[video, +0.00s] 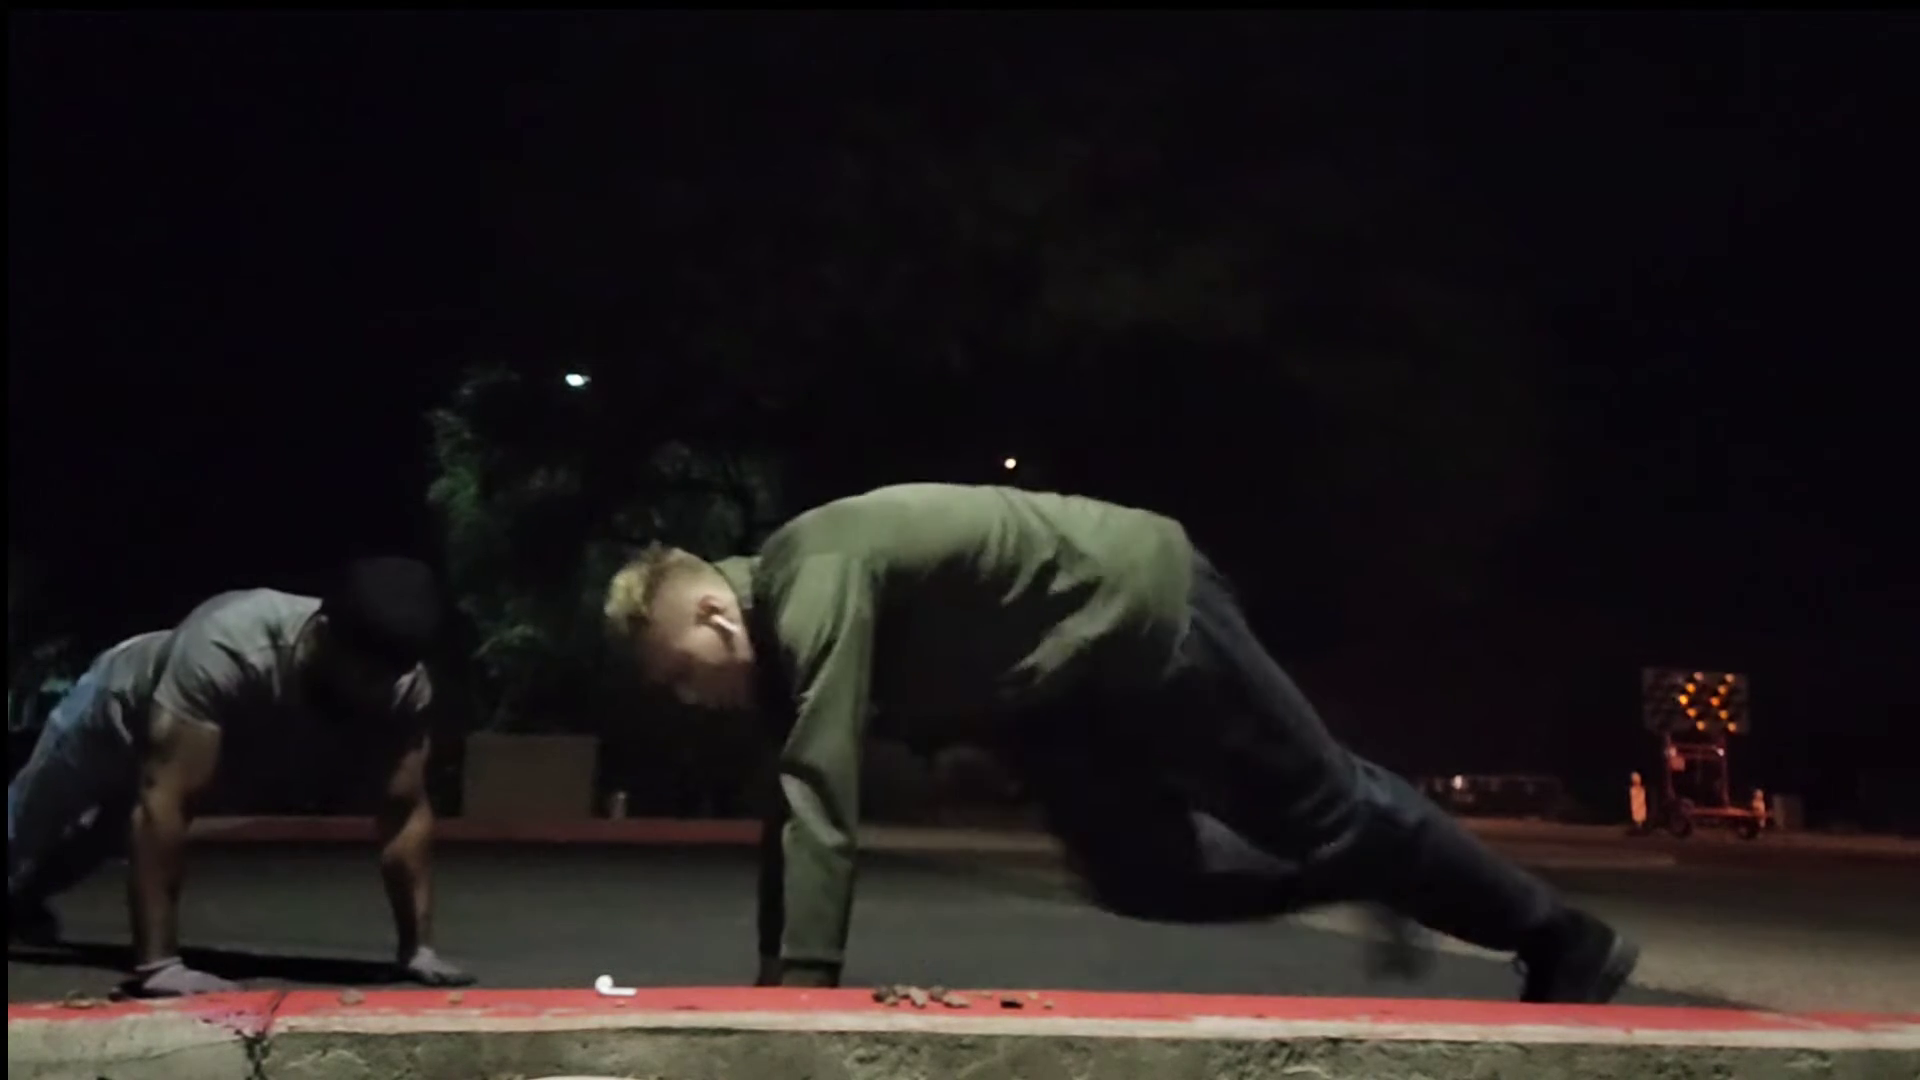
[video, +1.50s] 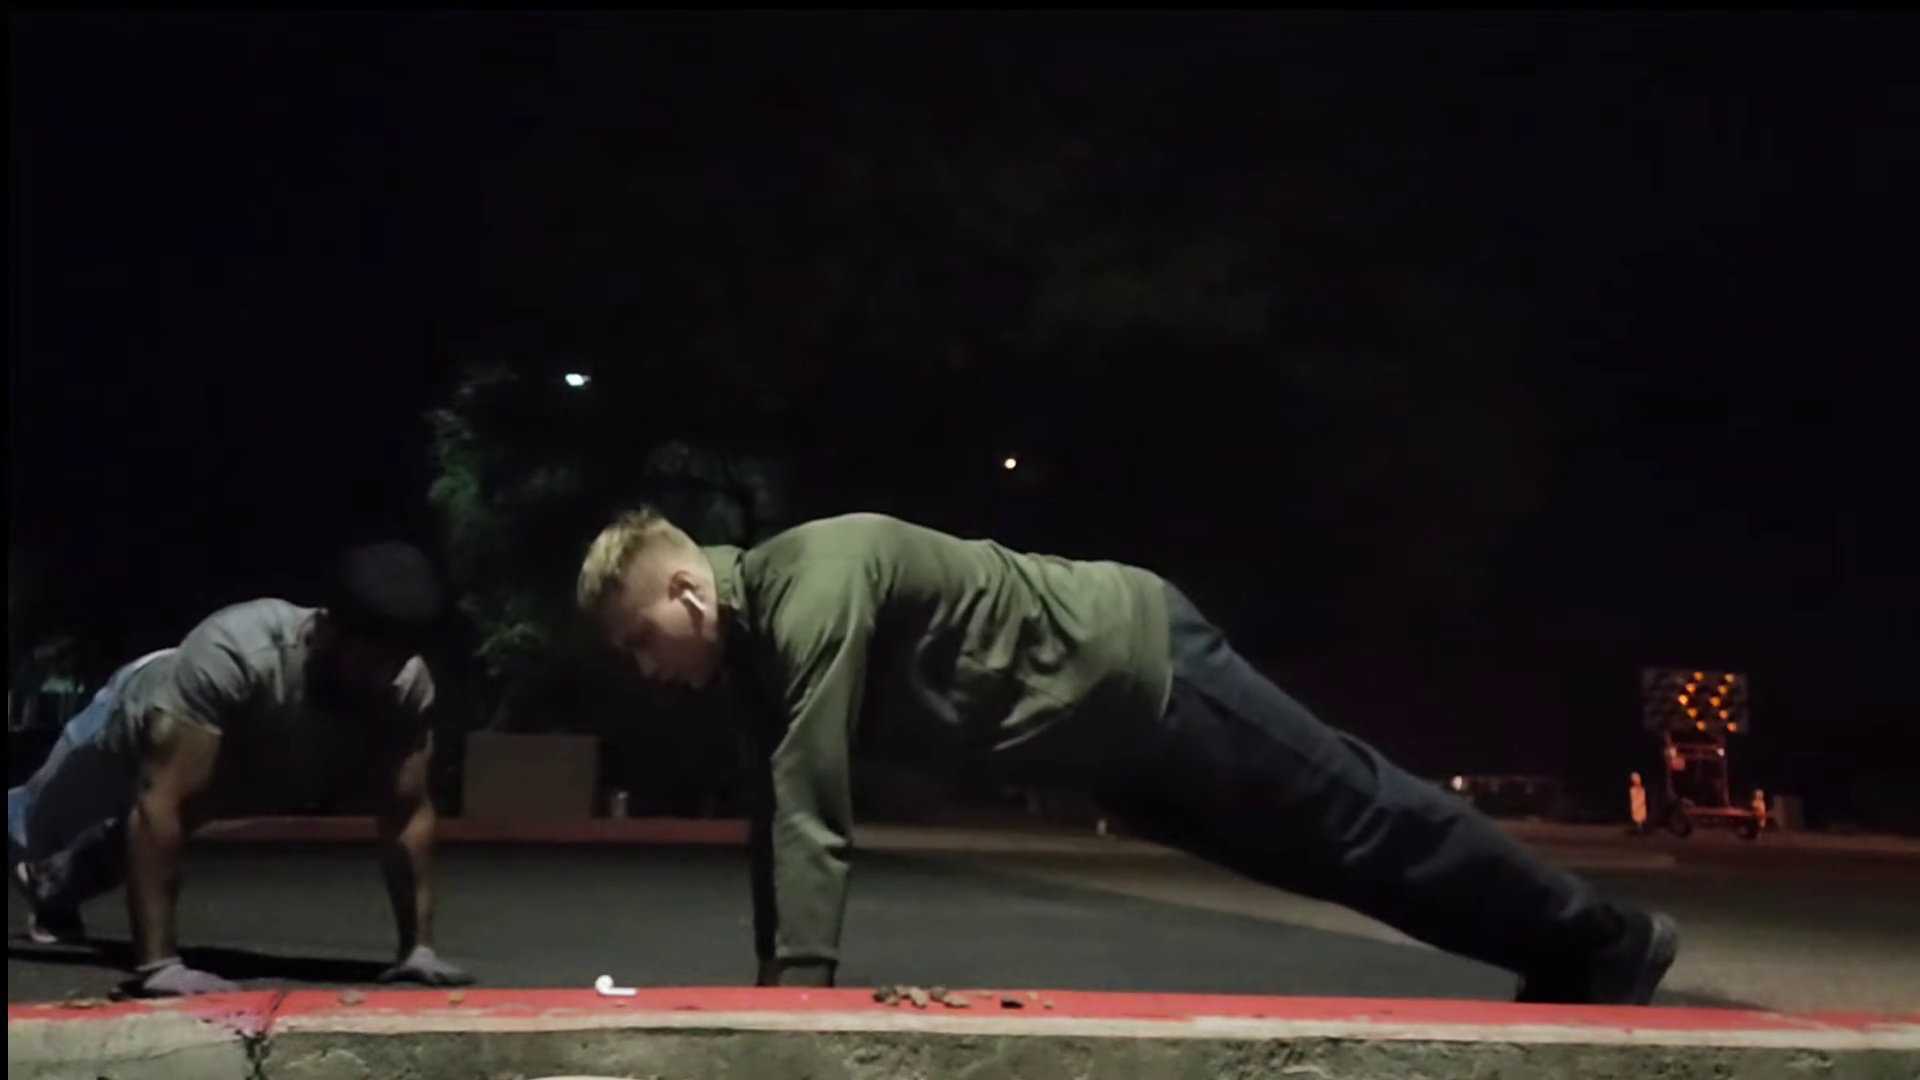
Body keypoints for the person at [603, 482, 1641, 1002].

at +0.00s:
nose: (712, 694)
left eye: (694, 670)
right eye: (688, 687)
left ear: (712, 609)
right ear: (701, 636)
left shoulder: (818, 575)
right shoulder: (777, 618)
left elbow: (821, 792)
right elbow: (794, 801)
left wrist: (801, 991)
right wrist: (781, 986)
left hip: (1147, 608)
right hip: (1061, 694)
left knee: (1332, 811)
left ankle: (1564, 940)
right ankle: (1372, 870)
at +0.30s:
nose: (668, 684)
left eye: (657, 658)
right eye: (648, 673)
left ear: (692, 599)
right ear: (676, 629)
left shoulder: (808, 584)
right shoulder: (762, 628)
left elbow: (813, 805)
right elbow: (778, 814)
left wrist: (800, 997)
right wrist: (781, 993)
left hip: (1131, 640)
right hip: (1092, 693)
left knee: (1317, 826)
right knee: (1287, 850)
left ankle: (1571, 940)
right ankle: (1533, 942)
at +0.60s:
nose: (659, 678)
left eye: (648, 651)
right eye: (640, 665)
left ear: (684, 592)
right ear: (673, 617)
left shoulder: (811, 580)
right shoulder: (768, 628)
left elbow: (810, 788)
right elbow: (779, 801)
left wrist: (805, 969)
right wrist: (784, 972)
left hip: (1132, 658)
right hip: (1100, 716)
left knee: (1348, 817)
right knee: (1322, 845)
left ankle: (1598, 938)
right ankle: (1553, 948)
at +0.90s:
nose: (657, 677)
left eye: (648, 649)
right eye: (639, 663)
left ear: (688, 592)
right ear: (673, 624)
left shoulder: (820, 579)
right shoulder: (772, 640)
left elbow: (820, 785)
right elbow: (784, 804)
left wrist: (808, 969)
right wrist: (781, 971)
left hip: (1143, 662)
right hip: (1107, 729)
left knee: (1362, 815)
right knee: (1330, 851)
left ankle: (1606, 940)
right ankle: (1557, 951)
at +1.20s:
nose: (659, 676)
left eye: (650, 649)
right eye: (641, 663)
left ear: (690, 593)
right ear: (673, 626)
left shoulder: (821, 578)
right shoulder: (771, 642)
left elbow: (817, 785)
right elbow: (781, 803)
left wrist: (807, 967)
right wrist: (782, 970)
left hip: (1144, 662)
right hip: (1108, 728)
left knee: (1363, 815)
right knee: (1330, 850)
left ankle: (1605, 940)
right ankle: (1557, 950)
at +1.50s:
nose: (655, 669)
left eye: (645, 642)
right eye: (638, 656)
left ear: (683, 585)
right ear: (672, 613)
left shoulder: (814, 576)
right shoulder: (766, 633)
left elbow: (810, 784)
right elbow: (778, 799)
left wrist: (804, 968)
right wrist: (781, 970)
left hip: (1141, 663)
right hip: (1105, 729)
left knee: (1361, 817)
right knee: (1326, 854)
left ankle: (1604, 938)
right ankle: (1557, 948)